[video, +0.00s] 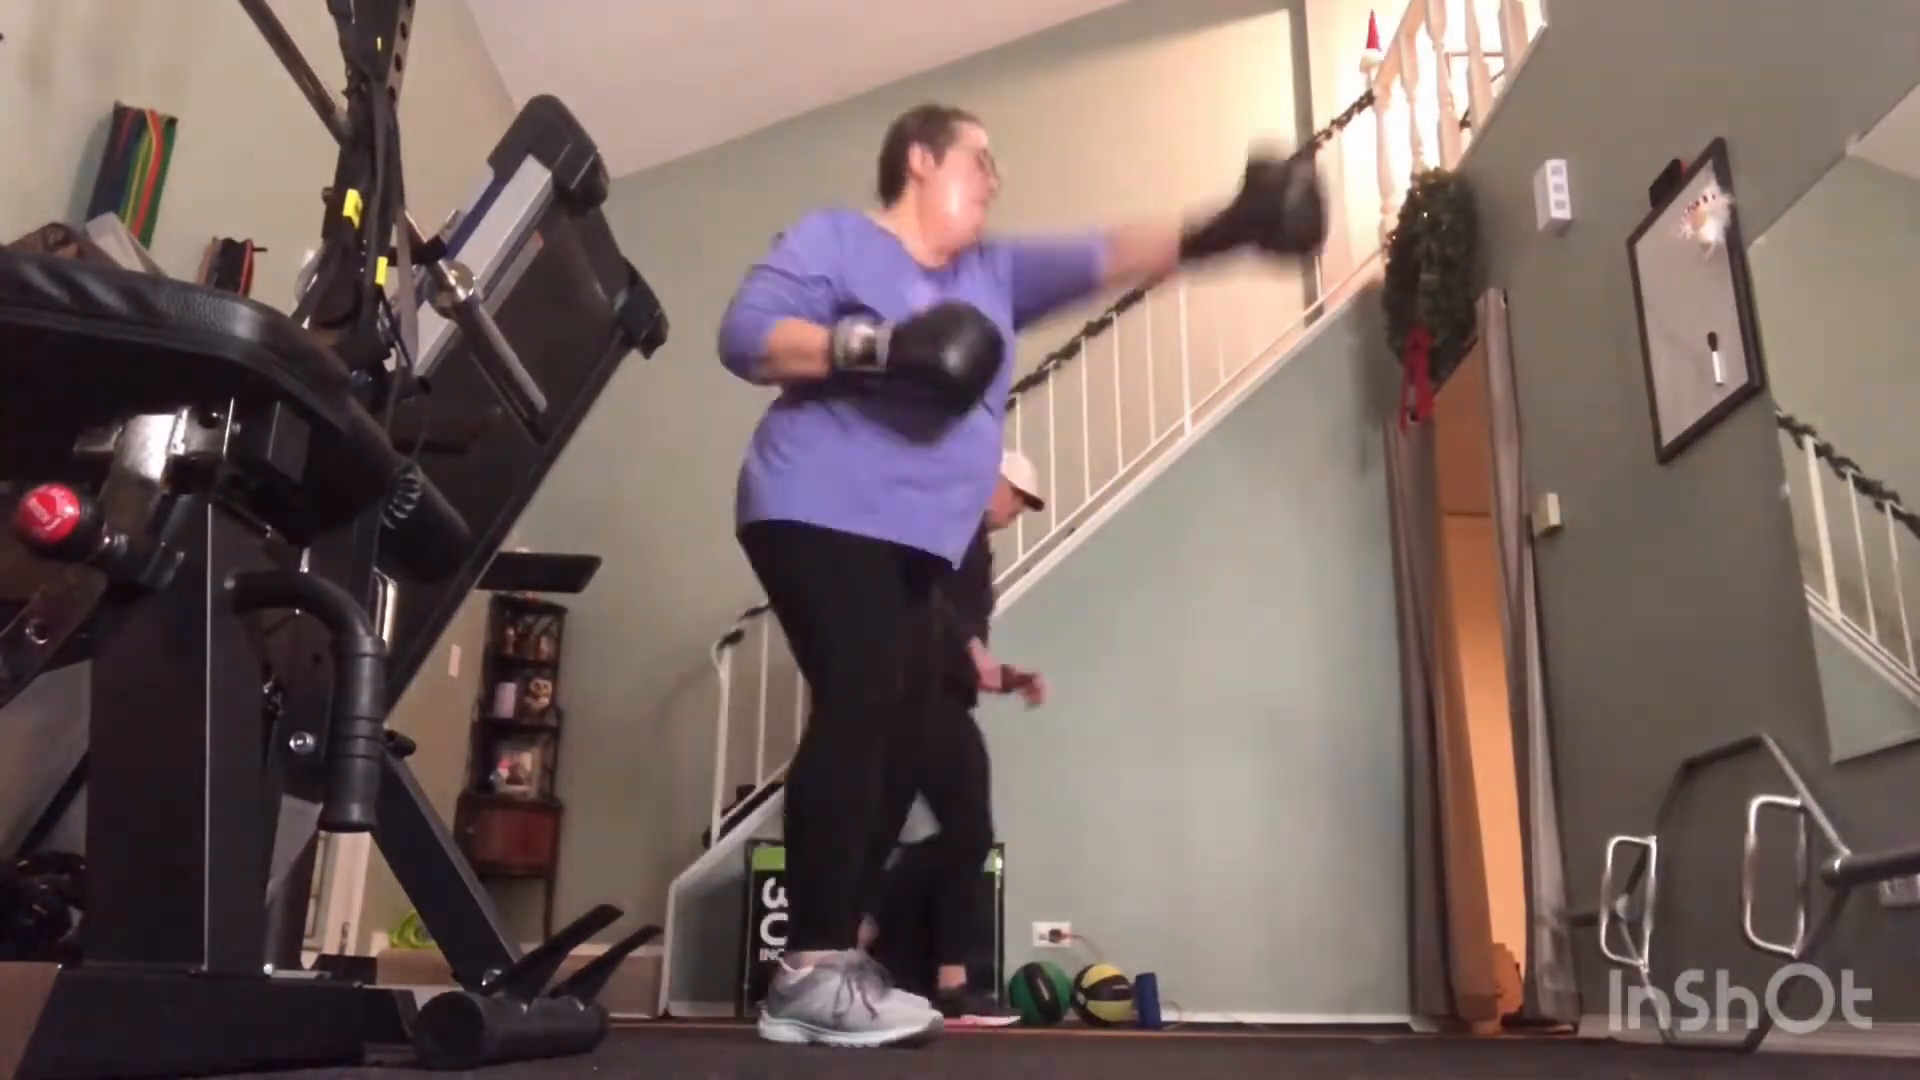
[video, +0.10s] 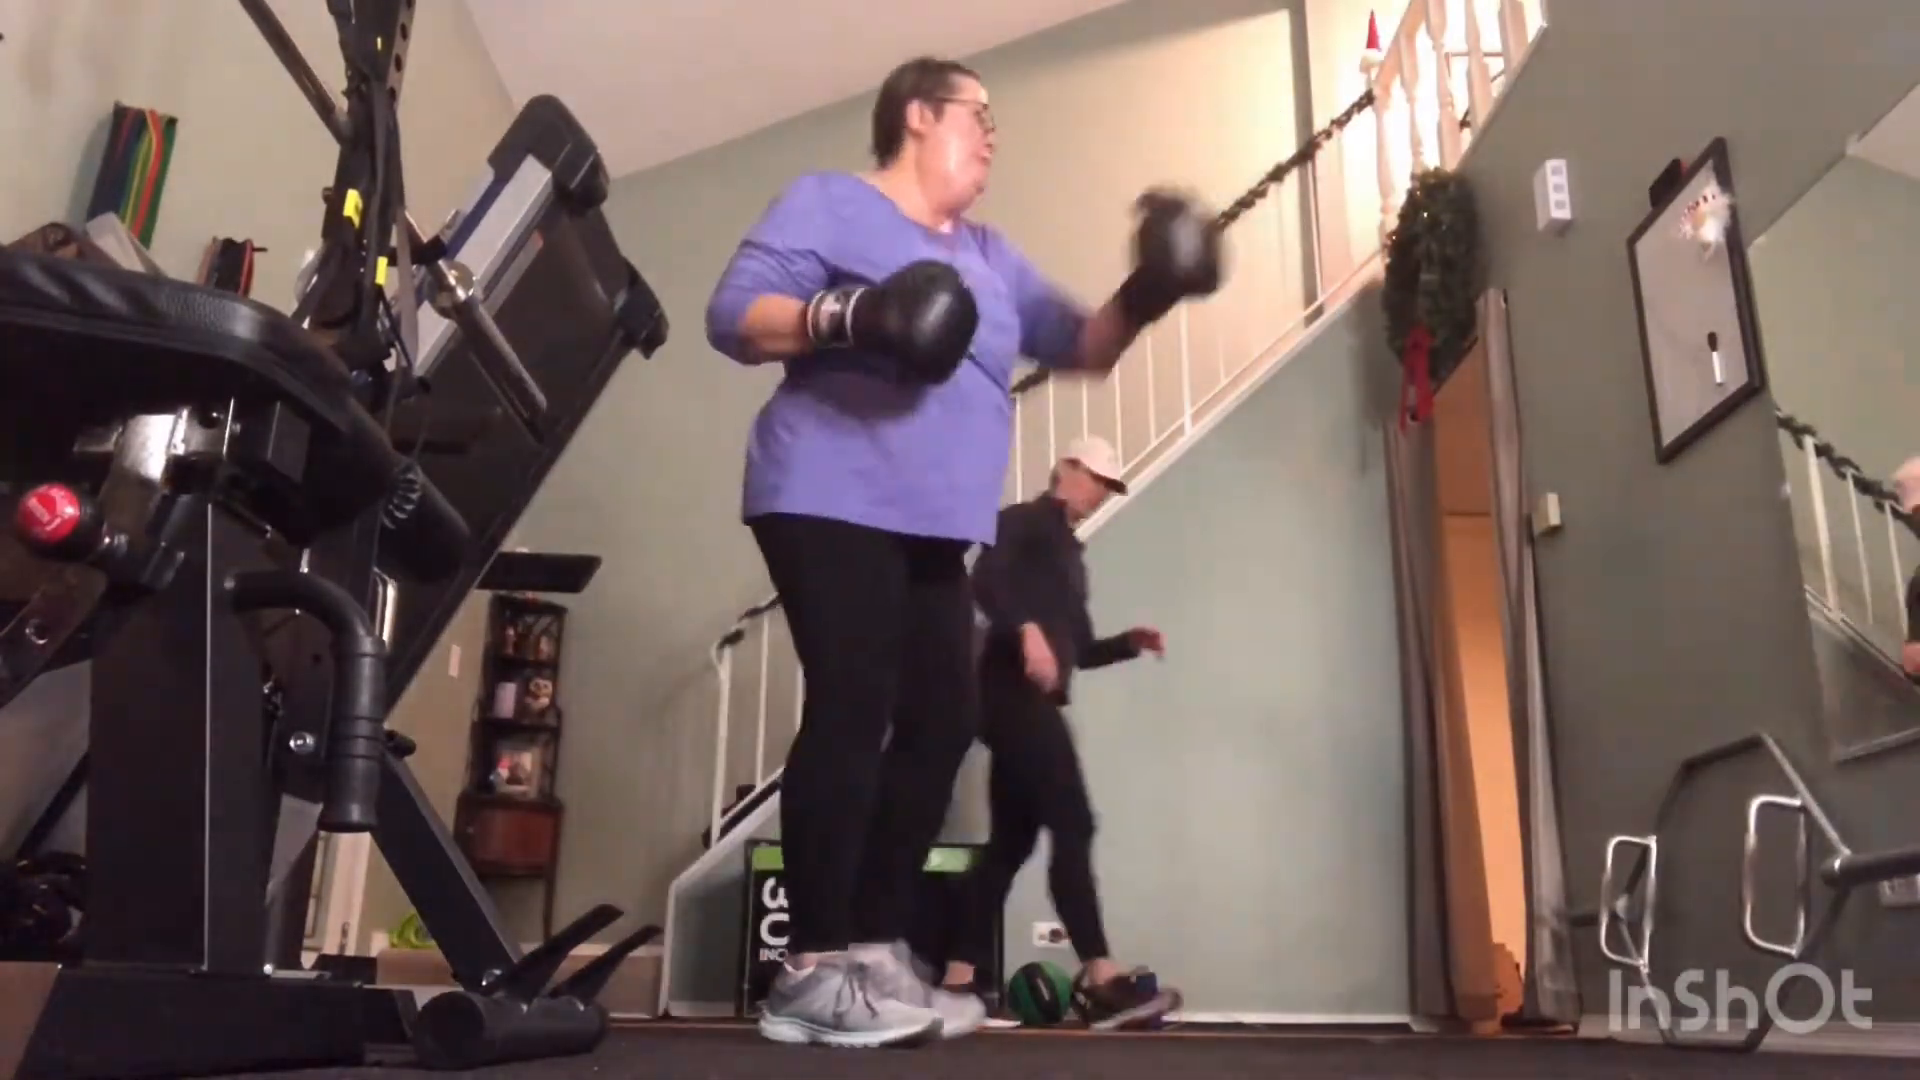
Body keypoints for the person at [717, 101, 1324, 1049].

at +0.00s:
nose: (994, 184)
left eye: (995, 169)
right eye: (980, 162)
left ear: (943, 169)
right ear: (921, 161)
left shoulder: (990, 270)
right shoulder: (835, 240)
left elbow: (1108, 255)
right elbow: (745, 336)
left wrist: (1228, 227)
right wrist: (868, 347)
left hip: (909, 544)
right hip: (811, 515)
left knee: (889, 743)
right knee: (862, 708)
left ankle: (834, 960)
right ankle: (812, 965)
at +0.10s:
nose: (994, 138)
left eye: (992, 123)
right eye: (979, 118)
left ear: (944, 130)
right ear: (919, 121)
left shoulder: (992, 257)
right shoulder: (830, 201)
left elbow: (1085, 344)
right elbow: (735, 317)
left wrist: (1149, 287)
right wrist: (851, 315)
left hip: (928, 528)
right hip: (824, 504)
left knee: (939, 723)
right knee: (851, 708)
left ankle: (876, 955)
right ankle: (809, 966)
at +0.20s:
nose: (1002, 199)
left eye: (1004, 182)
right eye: (1001, 178)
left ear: (950, 158)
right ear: (969, 156)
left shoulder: (951, 260)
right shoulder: (892, 189)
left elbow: (995, 407)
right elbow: (827, 285)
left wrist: (1037, 364)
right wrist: (970, 316)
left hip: (908, 506)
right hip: (864, 491)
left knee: (891, 722)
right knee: (880, 716)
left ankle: (854, 963)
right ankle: (825, 967)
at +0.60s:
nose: (1027, 213)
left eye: (1030, 199)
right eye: (1026, 191)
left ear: (985, 173)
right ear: (993, 163)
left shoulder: (967, 266)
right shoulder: (921, 189)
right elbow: (858, 288)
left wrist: (1038, 391)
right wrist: (994, 326)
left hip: (910, 504)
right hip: (870, 487)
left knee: (892, 722)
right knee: (883, 717)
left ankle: (854, 963)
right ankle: (825, 964)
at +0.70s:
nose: (1029, 223)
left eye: (1035, 209)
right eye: (1032, 202)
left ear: (961, 155)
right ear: (1011, 171)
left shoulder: (876, 215)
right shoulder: (966, 189)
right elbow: (928, 283)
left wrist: (1028, 369)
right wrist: (1047, 353)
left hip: (801, 476)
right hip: (855, 482)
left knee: (850, 709)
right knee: (854, 708)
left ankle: (830, 951)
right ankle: (802, 963)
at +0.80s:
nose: (988, 247)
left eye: (986, 234)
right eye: (984, 232)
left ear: (898, 214)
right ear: (957, 216)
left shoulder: (811, 288)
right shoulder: (940, 251)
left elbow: (740, 413)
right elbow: (948, 353)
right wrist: (1026, 428)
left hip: (758, 510)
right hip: (870, 511)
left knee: (792, 734)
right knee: (864, 722)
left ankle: (775, 976)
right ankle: (806, 961)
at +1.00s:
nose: (999, 331)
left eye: (998, 319)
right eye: (996, 318)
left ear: (923, 314)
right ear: (972, 311)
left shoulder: (857, 384)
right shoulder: (978, 359)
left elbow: (815, 508)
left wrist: (906, 528)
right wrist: (1064, 574)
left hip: (836, 592)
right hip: (943, 588)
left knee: (872, 770)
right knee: (958, 780)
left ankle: (814, 939)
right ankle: (932, 983)